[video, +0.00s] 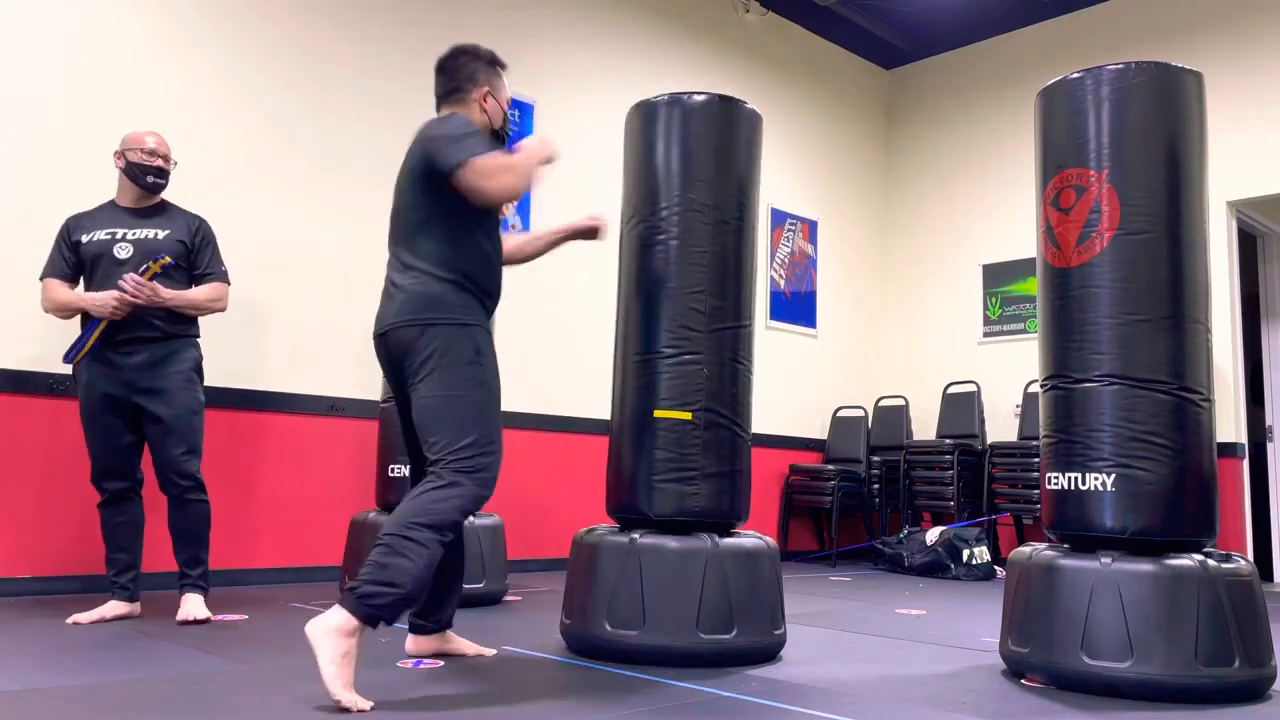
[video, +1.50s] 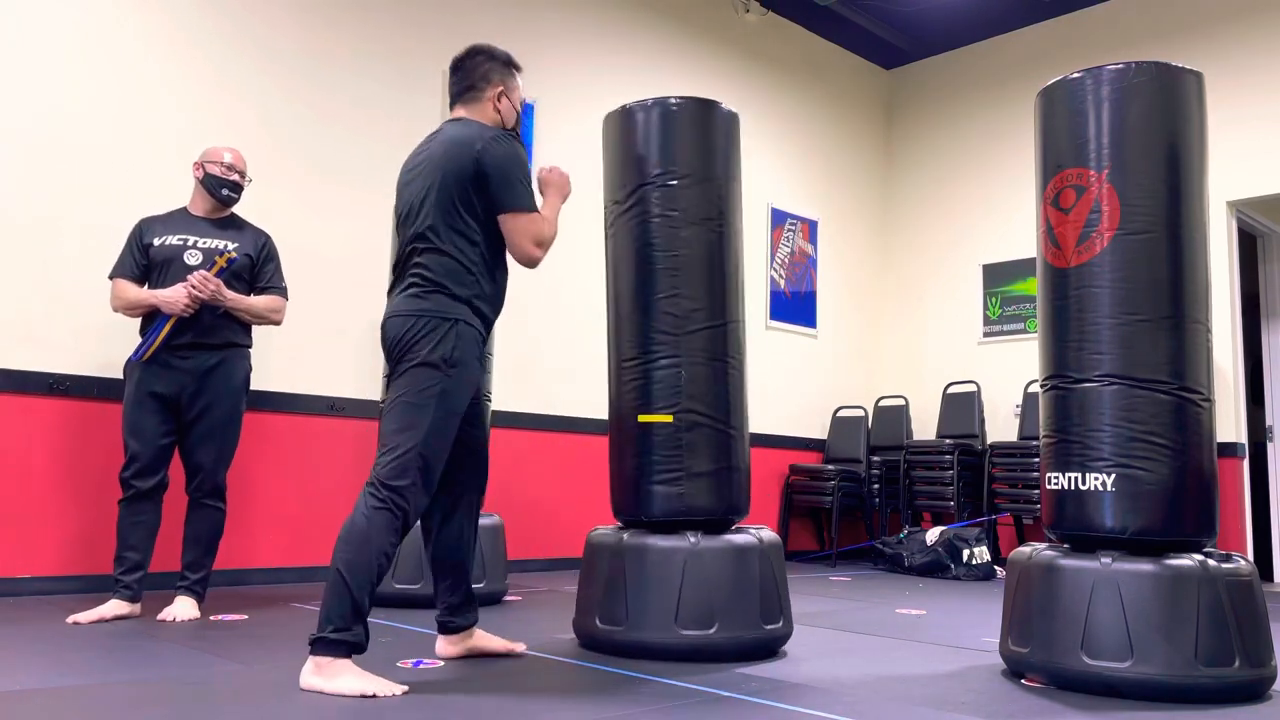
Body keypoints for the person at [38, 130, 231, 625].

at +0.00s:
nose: (156, 162)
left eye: (164, 157)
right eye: (145, 153)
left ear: (172, 170)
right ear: (118, 160)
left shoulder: (192, 228)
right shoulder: (79, 227)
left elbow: (218, 297)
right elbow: (51, 296)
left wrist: (166, 297)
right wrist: (89, 300)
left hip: (172, 370)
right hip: (104, 372)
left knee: (183, 479)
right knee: (115, 485)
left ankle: (193, 591)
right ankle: (124, 594)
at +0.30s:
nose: (175, 164)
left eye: (183, 161)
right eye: (165, 154)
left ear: (189, 176)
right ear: (137, 161)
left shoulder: (205, 232)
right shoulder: (94, 226)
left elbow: (228, 301)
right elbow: (63, 295)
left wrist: (177, 299)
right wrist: (103, 300)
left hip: (178, 369)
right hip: (110, 369)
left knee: (182, 482)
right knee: (117, 483)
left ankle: (187, 592)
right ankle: (124, 594)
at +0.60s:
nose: (191, 165)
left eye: (199, 162)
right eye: (181, 155)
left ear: (205, 178)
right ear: (156, 163)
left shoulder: (221, 235)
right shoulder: (112, 227)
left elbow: (244, 304)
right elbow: (81, 295)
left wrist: (193, 298)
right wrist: (123, 297)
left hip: (191, 370)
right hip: (124, 370)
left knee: (190, 483)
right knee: (125, 483)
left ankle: (188, 593)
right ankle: (125, 594)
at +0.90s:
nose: (208, 170)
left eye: (216, 166)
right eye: (199, 161)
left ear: (222, 180)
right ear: (173, 167)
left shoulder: (237, 237)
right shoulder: (130, 229)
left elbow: (260, 306)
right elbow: (102, 298)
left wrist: (209, 295)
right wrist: (142, 297)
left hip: (206, 371)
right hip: (139, 370)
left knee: (199, 485)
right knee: (130, 481)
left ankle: (189, 594)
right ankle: (126, 595)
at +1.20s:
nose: (223, 174)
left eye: (230, 170)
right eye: (213, 164)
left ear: (236, 184)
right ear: (187, 170)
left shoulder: (249, 240)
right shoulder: (142, 229)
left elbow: (270, 308)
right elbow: (113, 298)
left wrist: (218, 295)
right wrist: (154, 298)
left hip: (214, 374)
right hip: (148, 371)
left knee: (204, 485)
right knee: (136, 481)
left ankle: (189, 594)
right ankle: (126, 594)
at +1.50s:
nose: (232, 177)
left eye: (240, 173)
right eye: (223, 168)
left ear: (246, 187)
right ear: (197, 172)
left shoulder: (256, 242)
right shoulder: (151, 229)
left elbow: (275, 311)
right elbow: (120, 296)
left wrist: (224, 296)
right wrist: (163, 297)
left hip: (219, 374)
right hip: (153, 371)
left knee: (207, 485)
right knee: (139, 480)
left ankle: (190, 594)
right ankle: (126, 594)